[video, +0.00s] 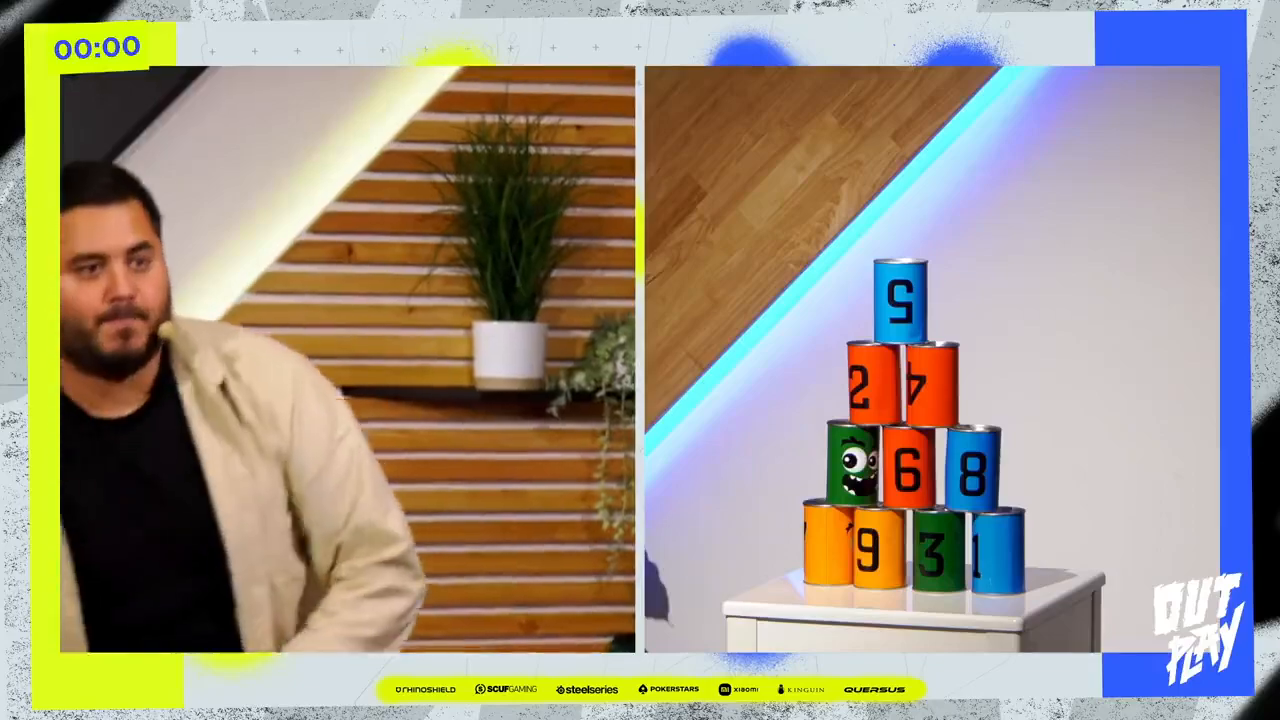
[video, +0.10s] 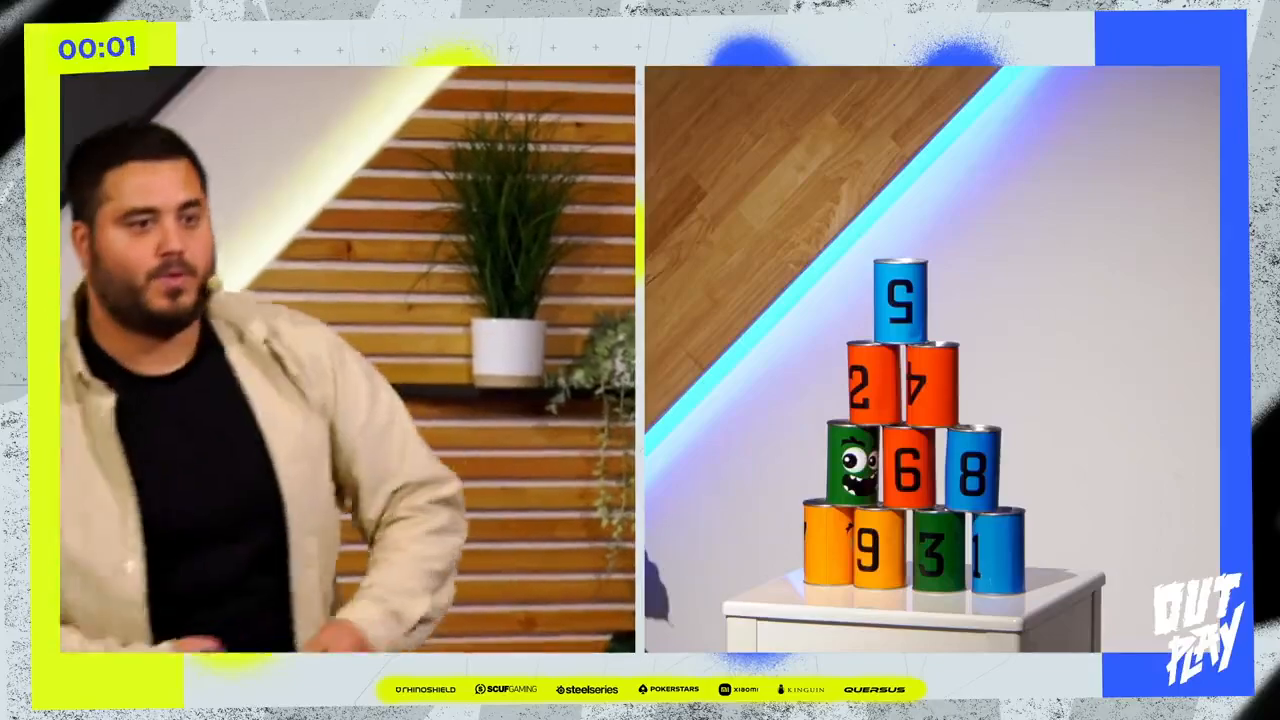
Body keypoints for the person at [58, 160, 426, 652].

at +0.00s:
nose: (122, 290)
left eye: (139, 260)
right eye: (88, 268)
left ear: (163, 262)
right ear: (40, 284)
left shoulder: (267, 382)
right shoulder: (6, 425)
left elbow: (384, 572)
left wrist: (276, 705)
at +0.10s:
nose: (175, 247)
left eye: (189, 218)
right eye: (140, 223)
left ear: (210, 225)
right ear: (83, 242)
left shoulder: (298, 352)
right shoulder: (28, 389)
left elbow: (424, 502)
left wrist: (364, 629)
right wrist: (143, 668)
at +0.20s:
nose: (225, 222)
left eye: (238, 194)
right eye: (191, 198)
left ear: (256, 204)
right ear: (132, 219)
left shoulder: (325, 342)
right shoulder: (69, 376)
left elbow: (419, 484)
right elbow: (50, 597)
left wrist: (450, 597)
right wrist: (236, 614)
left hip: (323, 700)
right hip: (146, 705)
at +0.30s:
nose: (271, 220)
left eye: (282, 195)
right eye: (237, 198)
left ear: (298, 205)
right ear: (176, 220)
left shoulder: (315, 340)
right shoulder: (132, 361)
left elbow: (405, 518)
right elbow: (128, 561)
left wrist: (478, 660)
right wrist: (334, 557)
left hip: (345, 687)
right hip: (197, 695)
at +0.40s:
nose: (300, 232)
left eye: (310, 208)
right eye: (267, 210)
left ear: (326, 222)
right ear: (204, 233)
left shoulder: (316, 360)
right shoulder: (162, 360)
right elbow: (189, 515)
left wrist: (421, 662)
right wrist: (401, 521)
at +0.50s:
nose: (310, 237)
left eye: (320, 213)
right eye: (277, 215)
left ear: (335, 226)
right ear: (214, 235)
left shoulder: (291, 370)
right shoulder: (184, 352)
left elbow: (269, 583)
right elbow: (216, 486)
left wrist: (413, 576)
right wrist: (415, 526)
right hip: (152, 694)